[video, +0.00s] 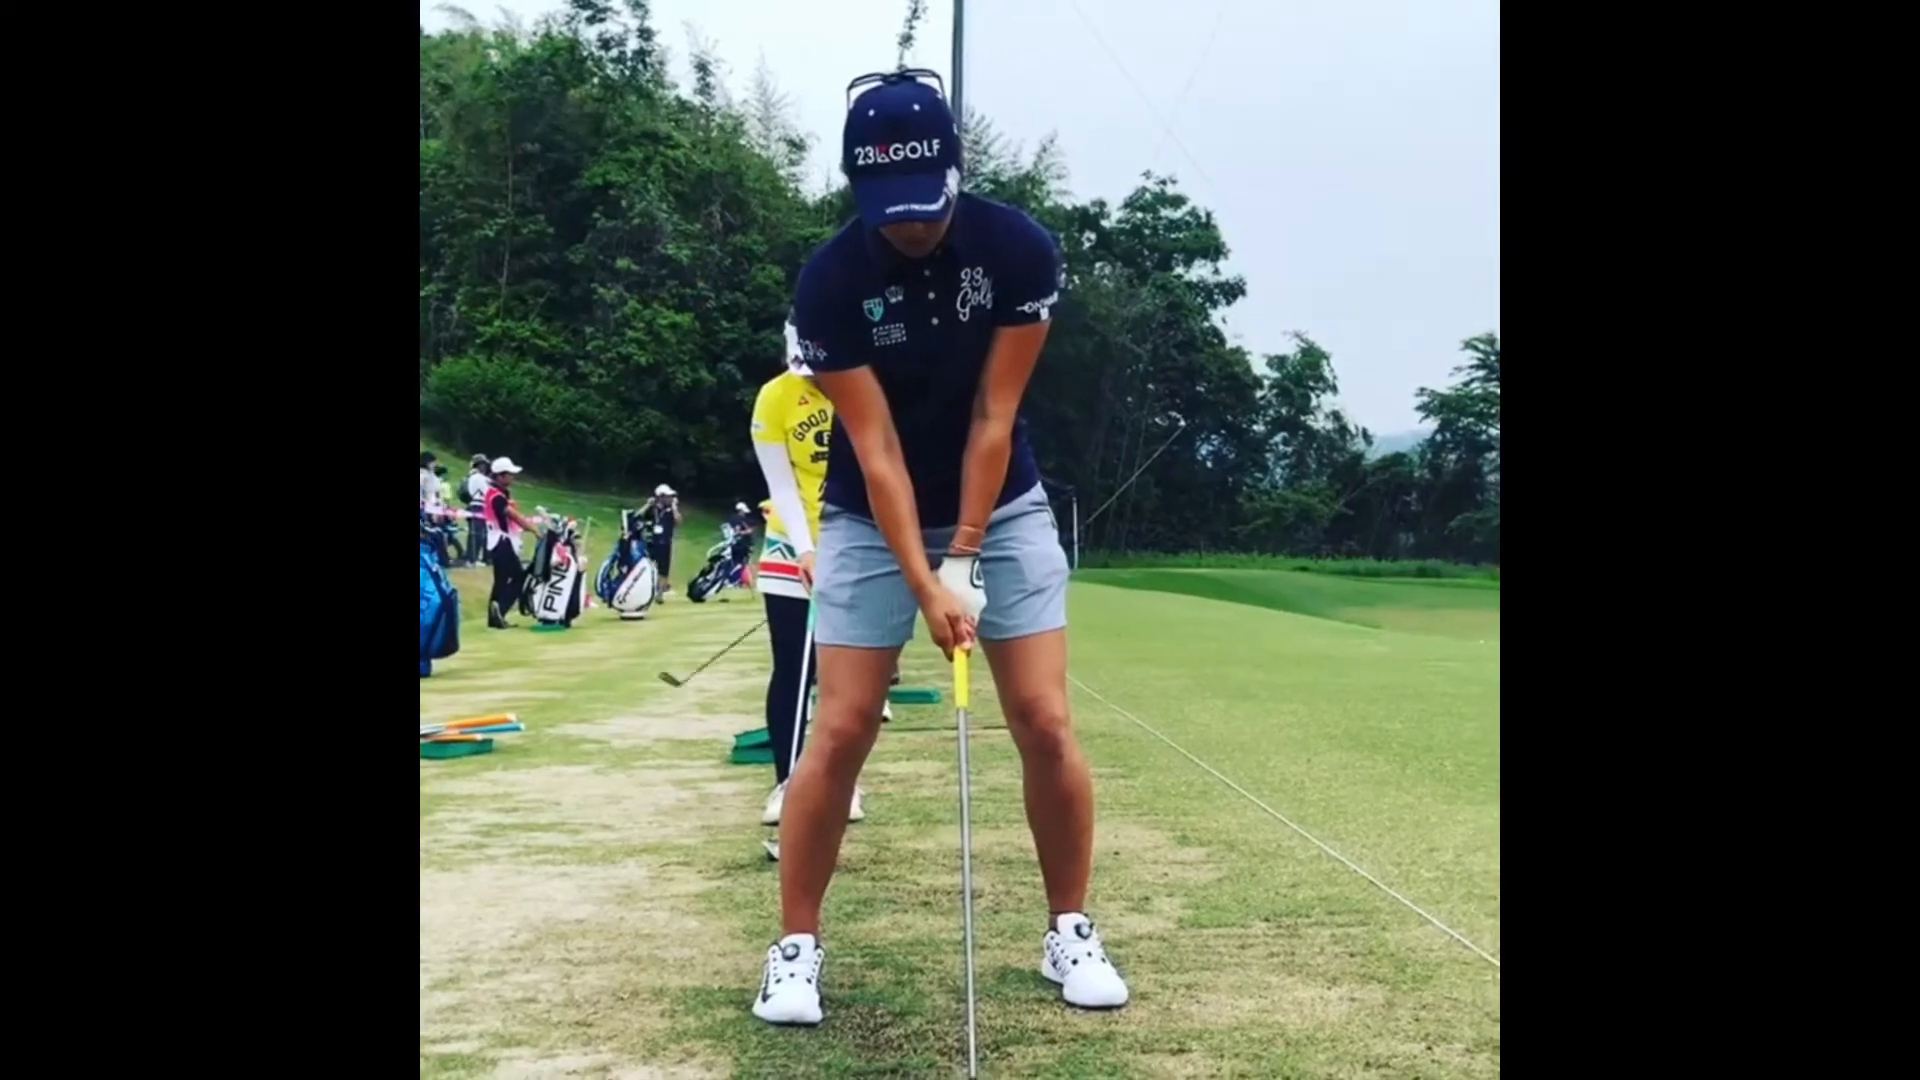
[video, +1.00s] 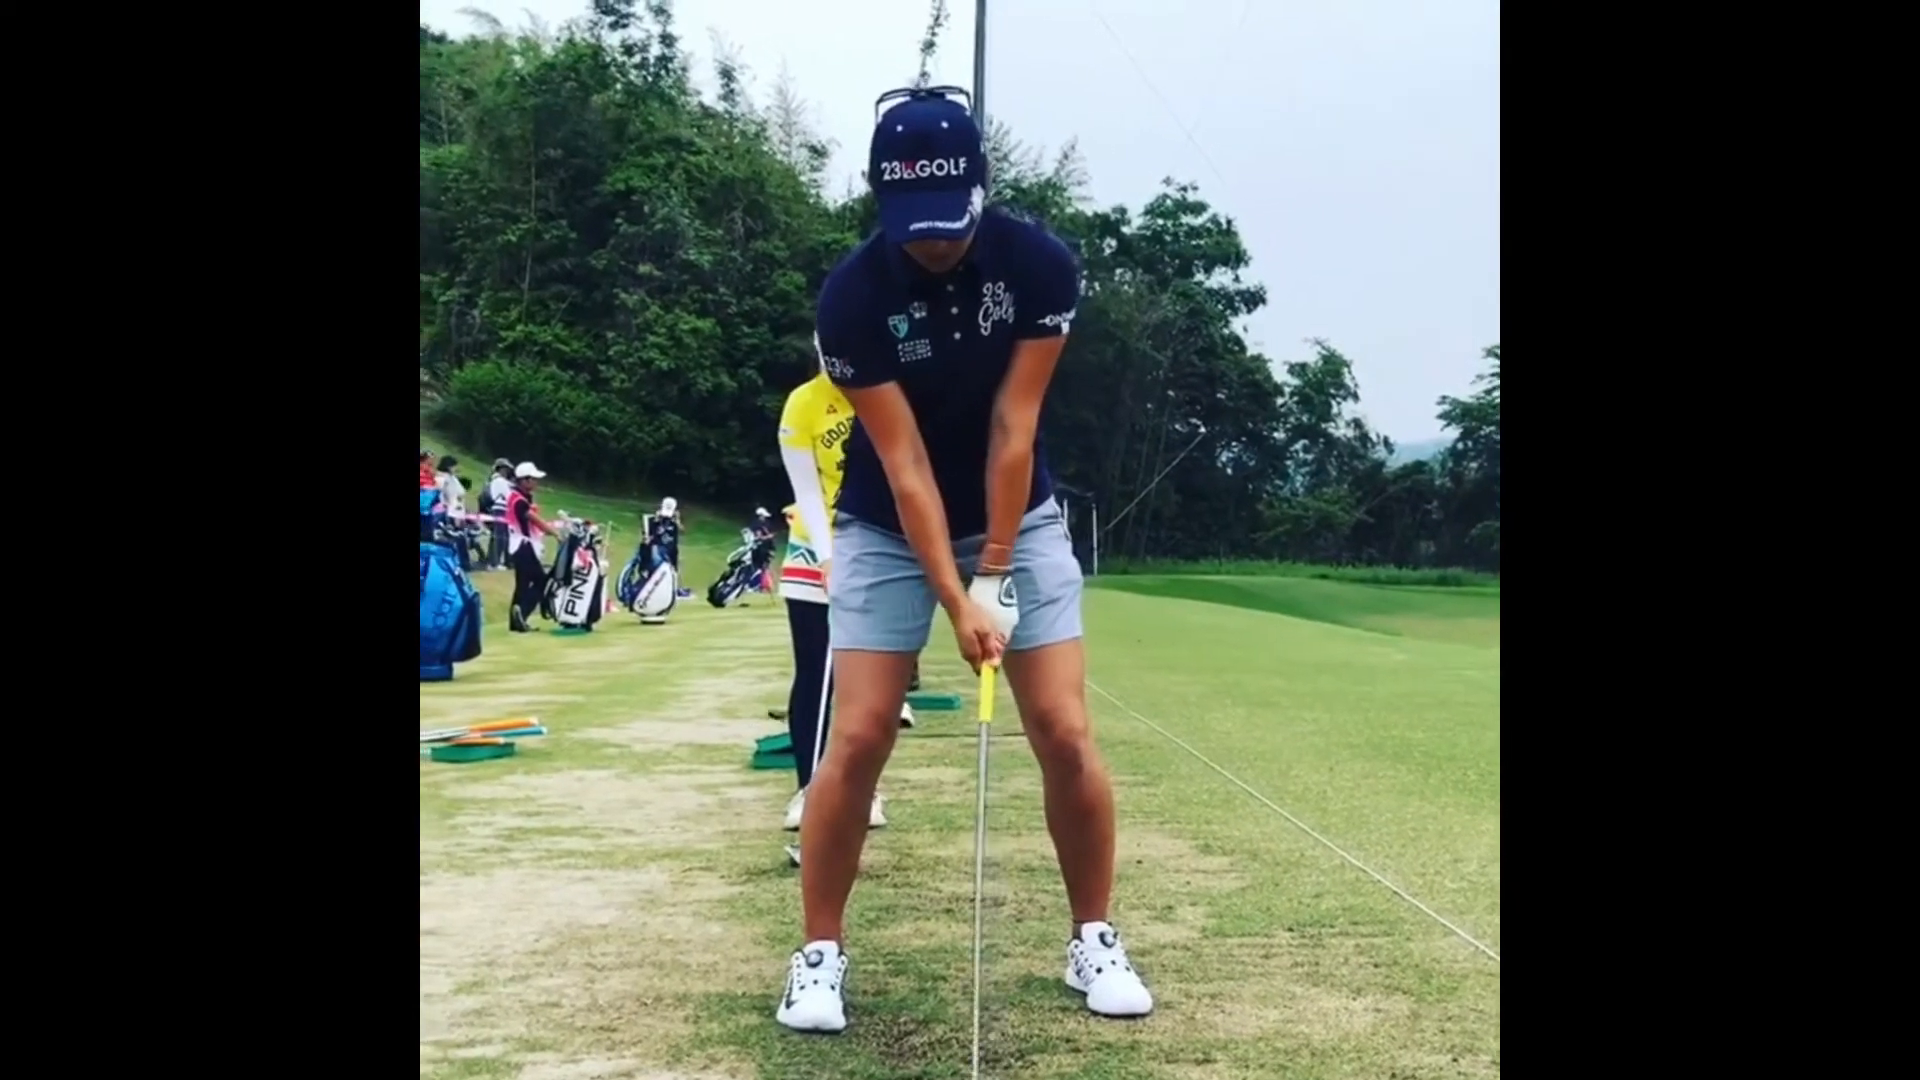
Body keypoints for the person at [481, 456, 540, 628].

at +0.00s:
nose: (512, 479)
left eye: (512, 475)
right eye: (510, 475)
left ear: (500, 477)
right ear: (500, 476)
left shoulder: (495, 493)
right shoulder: (497, 497)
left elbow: (513, 513)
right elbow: (514, 516)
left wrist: (532, 522)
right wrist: (534, 530)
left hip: (497, 538)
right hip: (502, 540)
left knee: (501, 578)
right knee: (518, 575)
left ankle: (494, 616)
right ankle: (501, 607)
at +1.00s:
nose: (536, 484)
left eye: (536, 480)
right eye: (533, 480)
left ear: (525, 482)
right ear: (524, 481)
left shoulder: (517, 497)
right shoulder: (519, 501)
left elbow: (534, 518)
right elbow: (536, 521)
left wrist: (552, 527)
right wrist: (555, 532)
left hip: (518, 542)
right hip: (523, 544)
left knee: (522, 582)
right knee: (540, 579)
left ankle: (516, 620)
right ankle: (522, 611)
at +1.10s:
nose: (538, 485)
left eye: (538, 481)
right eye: (535, 481)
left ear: (528, 483)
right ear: (526, 483)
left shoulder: (522, 499)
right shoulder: (522, 503)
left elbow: (538, 522)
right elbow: (539, 523)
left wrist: (556, 528)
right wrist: (557, 533)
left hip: (524, 544)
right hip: (526, 546)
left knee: (525, 584)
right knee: (543, 581)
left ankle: (519, 622)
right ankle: (525, 613)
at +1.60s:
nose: (545, 493)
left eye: (545, 489)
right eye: (542, 489)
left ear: (534, 491)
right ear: (533, 490)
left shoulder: (526, 507)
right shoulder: (529, 511)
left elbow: (544, 530)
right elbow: (546, 531)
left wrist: (561, 536)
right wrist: (564, 541)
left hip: (529, 553)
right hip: (532, 554)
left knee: (531, 592)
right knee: (549, 589)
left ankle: (525, 629)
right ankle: (531, 621)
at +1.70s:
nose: (543, 494)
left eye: (543, 490)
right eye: (540, 490)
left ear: (532, 492)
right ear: (531, 491)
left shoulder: (527, 509)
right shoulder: (526, 513)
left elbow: (542, 531)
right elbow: (544, 533)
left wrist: (560, 537)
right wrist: (562, 544)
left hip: (528, 553)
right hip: (529, 555)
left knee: (529, 593)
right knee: (547, 590)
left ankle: (523, 631)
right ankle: (528, 622)